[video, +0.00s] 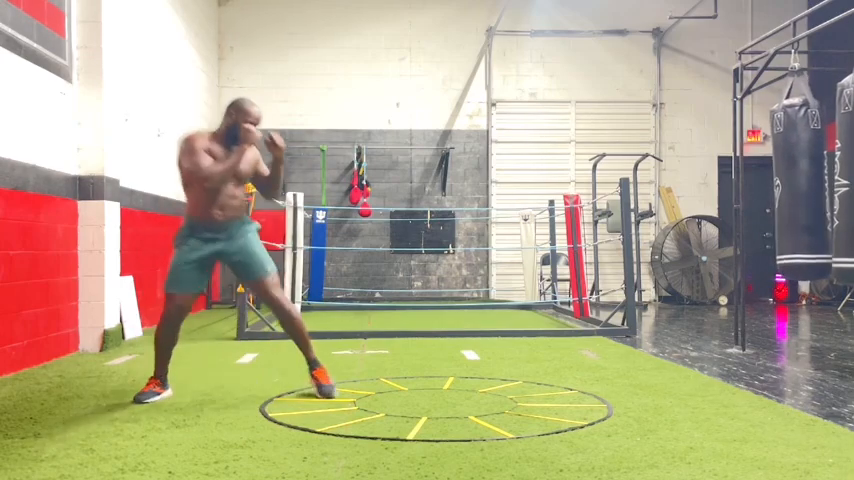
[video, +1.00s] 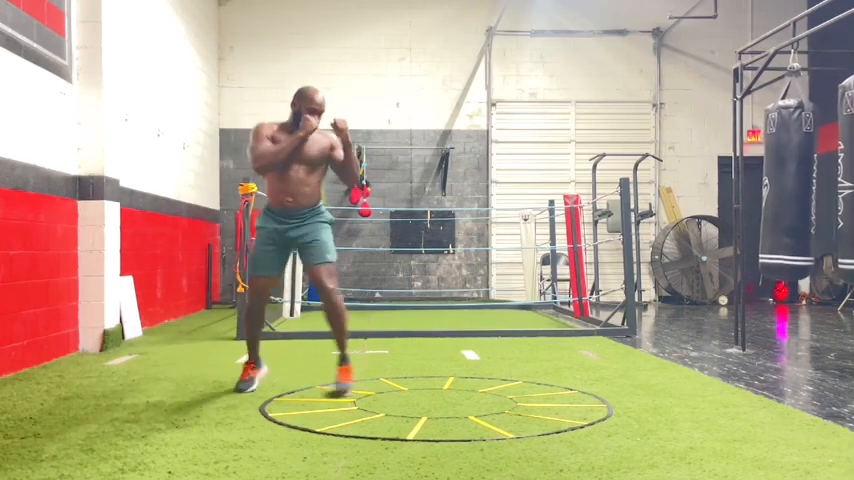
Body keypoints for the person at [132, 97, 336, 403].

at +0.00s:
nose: (252, 130)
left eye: (255, 125)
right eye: (249, 124)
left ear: (255, 126)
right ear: (231, 118)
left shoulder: (250, 153)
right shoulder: (196, 143)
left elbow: (272, 191)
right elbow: (208, 180)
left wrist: (279, 160)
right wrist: (242, 149)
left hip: (239, 234)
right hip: (196, 236)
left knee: (275, 297)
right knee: (175, 308)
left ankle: (315, 366)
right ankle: (159, 381)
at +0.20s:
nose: (286, 135)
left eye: (290, 130)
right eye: (281, 129)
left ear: (293, 129)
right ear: (265, 124)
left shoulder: (296, 157)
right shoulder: (235, 151)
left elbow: (319, 196)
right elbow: (240, 191)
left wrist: (319, 163)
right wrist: (275, 157)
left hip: (283, 238)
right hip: (242, 241)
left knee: (307, 304)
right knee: (211, 312)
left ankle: (323, 377)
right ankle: (171, 378)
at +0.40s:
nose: (307, 112)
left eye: (311, 108)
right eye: (303, 106)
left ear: (314, 109)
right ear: (287, 100)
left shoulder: (317, 136)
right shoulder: (257, 126)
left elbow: (344, 173)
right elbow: (258, 162)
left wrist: (339, 134)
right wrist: (294, 129)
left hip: (305, 217)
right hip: (264, 217)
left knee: (324, 287)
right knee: (251, 292)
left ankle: (335, 363)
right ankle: (256, 358)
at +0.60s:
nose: (321, 135)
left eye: (326, 130)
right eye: (317, 128)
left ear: (329, 132)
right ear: (302, 124)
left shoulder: (334, 158)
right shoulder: (275, 153)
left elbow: (357, 197)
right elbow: (279, 188)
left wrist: (358, 165)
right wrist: (310, 151)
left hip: (331, 238)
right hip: (291, 241)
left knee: (356, 302)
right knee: (266, 314)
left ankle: (387, 373)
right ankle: (265, 370)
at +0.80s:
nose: (323, 136)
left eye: (327, 131)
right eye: (319, 130)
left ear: (331, 130)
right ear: (304, 126)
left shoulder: (340, 155)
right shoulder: (279, 155)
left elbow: (363, 195)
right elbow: (278, 190)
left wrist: (357, 159)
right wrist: (310, 157)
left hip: (334, 237)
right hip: (295, 241)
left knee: (356, 301)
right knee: (271, 311)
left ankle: (386, 375)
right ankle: (267, 370)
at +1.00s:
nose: (315, 118)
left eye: (319, 114)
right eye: (311, 112)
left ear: (322, 114)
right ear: (295, 106)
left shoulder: (327, 139)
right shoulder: (267, 131)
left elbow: (351, 179)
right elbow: (261, 164)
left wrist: (346, 142)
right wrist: (301, 135)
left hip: (312, 220)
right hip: (273, 221)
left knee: (328, 288)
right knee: (256, 294)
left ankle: (344, 361)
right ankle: (254, 363)